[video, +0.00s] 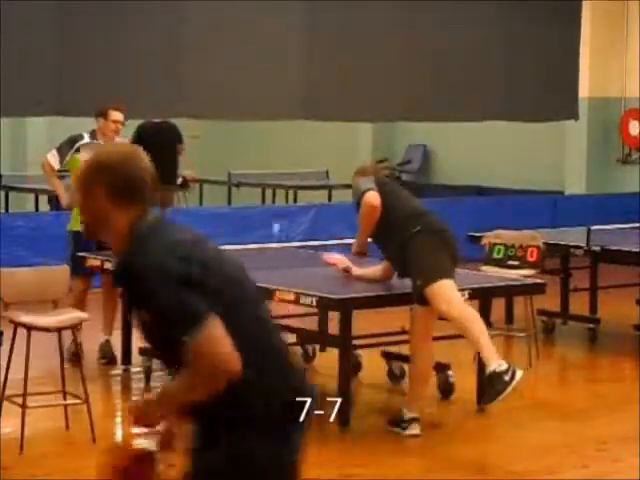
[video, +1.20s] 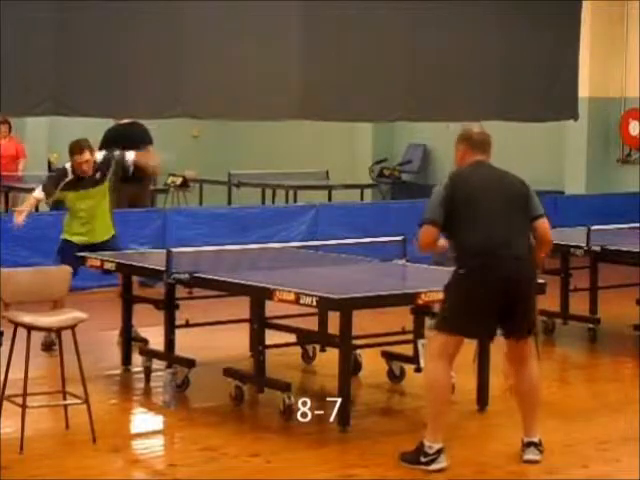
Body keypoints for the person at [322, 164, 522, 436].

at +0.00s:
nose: (357, 194)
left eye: (356, 188)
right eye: (357, 189)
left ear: (362, 180)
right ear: (383, 177)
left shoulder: (368, 180)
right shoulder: (401, 209)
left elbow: (372, 202)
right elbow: (385, 273)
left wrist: (361, 244)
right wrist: (352, 271)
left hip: (424, 239)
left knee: (449, 304)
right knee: (420, 338)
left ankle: (497, 367)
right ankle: (411, 415)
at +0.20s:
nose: (360, 178)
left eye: (360, 175)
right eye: (362, 175)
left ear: (366, 170)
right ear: (385, 171)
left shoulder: (370, 177)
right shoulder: (400, 194)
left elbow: (375, 200)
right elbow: (401, 255)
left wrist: (362, 241)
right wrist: (366, 273)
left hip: (424, 244)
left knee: (442, 313)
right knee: (418, 335)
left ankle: (483, 386)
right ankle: (410, 415)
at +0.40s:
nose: (470, 129)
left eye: (471, 123)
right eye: (472, 123)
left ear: (479, 125)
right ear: (506, 126)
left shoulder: (475, 163)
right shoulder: (530, 167)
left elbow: (465, 215)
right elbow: (544, 220)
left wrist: (444, 222)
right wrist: (509, 225)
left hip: (484, 276)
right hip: (526, 276)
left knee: (456, 350)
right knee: (519, 353)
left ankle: (435, 439)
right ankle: (524, 442)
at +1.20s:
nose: (455, 159)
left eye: (456, 154)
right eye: (457, 154)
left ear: (462, 152)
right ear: (488, 152)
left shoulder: (455, 182)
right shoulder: (517, 183)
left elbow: (426, 241)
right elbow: (545, 235)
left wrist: (443, 243)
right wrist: (532, 260)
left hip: (474, 278)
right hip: (520, 277)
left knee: (440, 356)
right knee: (522, 357)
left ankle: (432, 447)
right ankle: (532, 441)